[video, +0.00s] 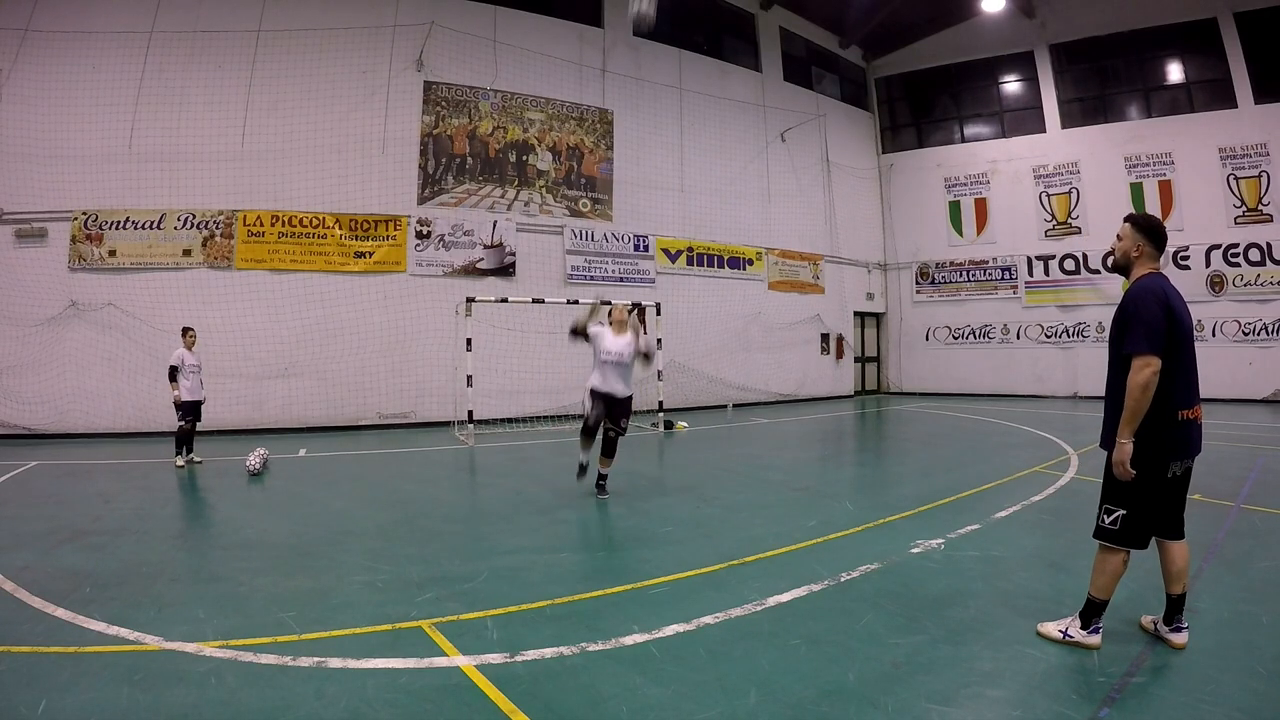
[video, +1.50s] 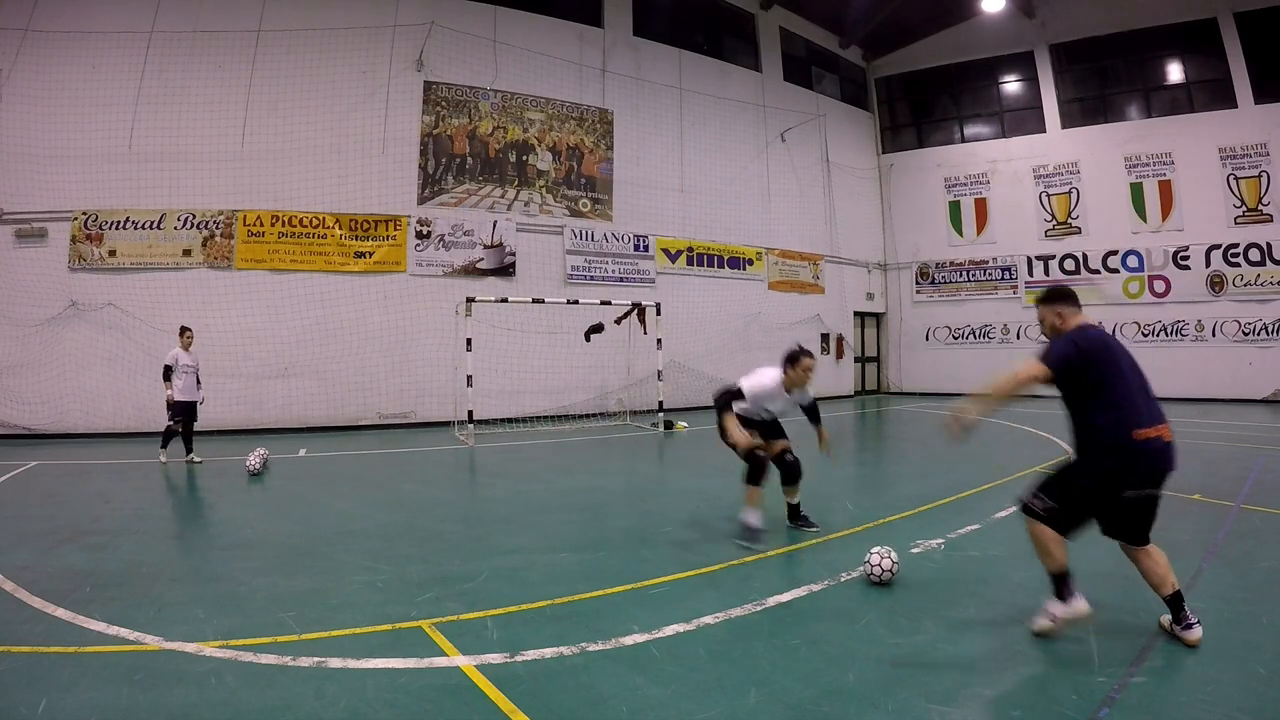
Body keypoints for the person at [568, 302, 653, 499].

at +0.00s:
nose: (620, 312)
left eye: (624, 310)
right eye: (616, 309)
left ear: (629, 316)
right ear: (610, 316)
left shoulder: (634, 337)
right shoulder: (599, 332)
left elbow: (648, 359)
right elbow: (575, 332)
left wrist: (640, 335)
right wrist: (590, 316)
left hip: (622, 395)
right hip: (598, 391)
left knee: (611, 440)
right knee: (590, 426)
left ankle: (602, 481)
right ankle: (583, 461)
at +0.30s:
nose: (648, 276)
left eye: (652, 272)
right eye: (643, 272)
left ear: (657, 275)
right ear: (633, 276)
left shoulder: (660, 296)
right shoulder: (626, 298)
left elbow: (669, 276)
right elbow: (621, 282)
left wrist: (653, 249)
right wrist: (627, 251)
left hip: (649, 360)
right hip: (622, 354)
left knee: (636, 413)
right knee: (631, 382)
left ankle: (620, 464)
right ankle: (616, 424)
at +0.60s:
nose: (698, 323)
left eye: (699, 318)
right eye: (693, 318)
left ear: (698, 321)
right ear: (678, 320)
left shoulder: (701, 347)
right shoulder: (660, 347)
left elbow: (709, 383)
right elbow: (640, 384)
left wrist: (697, 397)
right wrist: (672, 398)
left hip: (687, 419)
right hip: (660, 417)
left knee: (692, 478)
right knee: (674, 470)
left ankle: (653, 497)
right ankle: (647, 526)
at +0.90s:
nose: (800, 386)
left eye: (801, 381)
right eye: (795, 381)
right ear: (779, 380)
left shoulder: (790, 399)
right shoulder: (758, 400)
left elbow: (786, 433)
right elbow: (752, 457)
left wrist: (804, 458)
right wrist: (783, 487)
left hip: (755, 432)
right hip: (720, 429)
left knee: (792, 469)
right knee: (739, 469)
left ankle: (801, 532)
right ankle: (737, 521)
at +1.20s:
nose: (838, 430)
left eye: (840, 424)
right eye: (834, 425)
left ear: (818, 420)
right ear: (816, 423)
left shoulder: (813, 407)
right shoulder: (796, 435)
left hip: (773, 435)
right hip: (744, 441)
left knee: (825, 465)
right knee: (785, 472)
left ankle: (809, 524)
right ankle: (794, 540)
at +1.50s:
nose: (809, 376)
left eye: (811, 371)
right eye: (805, 370)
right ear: (789, 369)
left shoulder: (799, 390)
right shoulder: (765, 382)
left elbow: (811, 407)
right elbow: (722, 397)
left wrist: (820, 432)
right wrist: (734, 430)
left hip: (766, 420)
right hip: (738, 417)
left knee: (791, 465)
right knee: (758, 462)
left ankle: (795, 516)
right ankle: (750, 523)